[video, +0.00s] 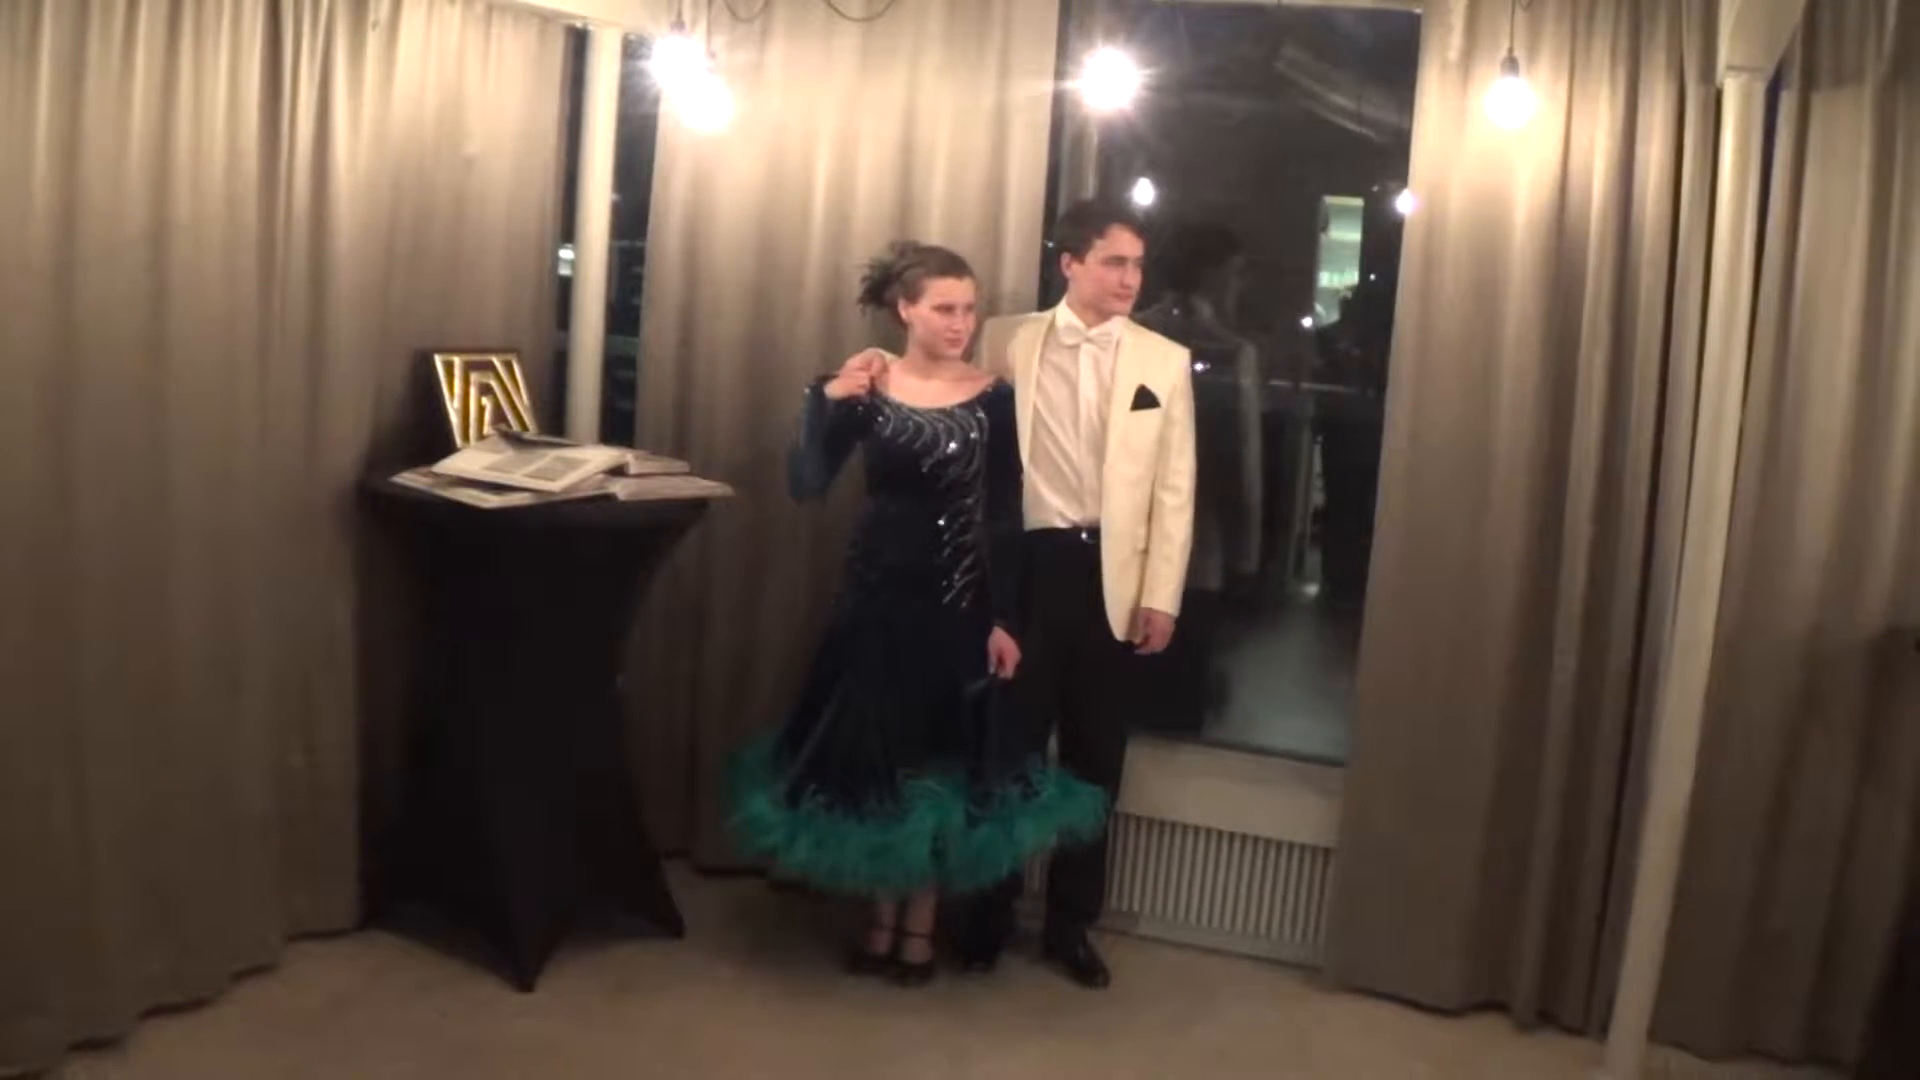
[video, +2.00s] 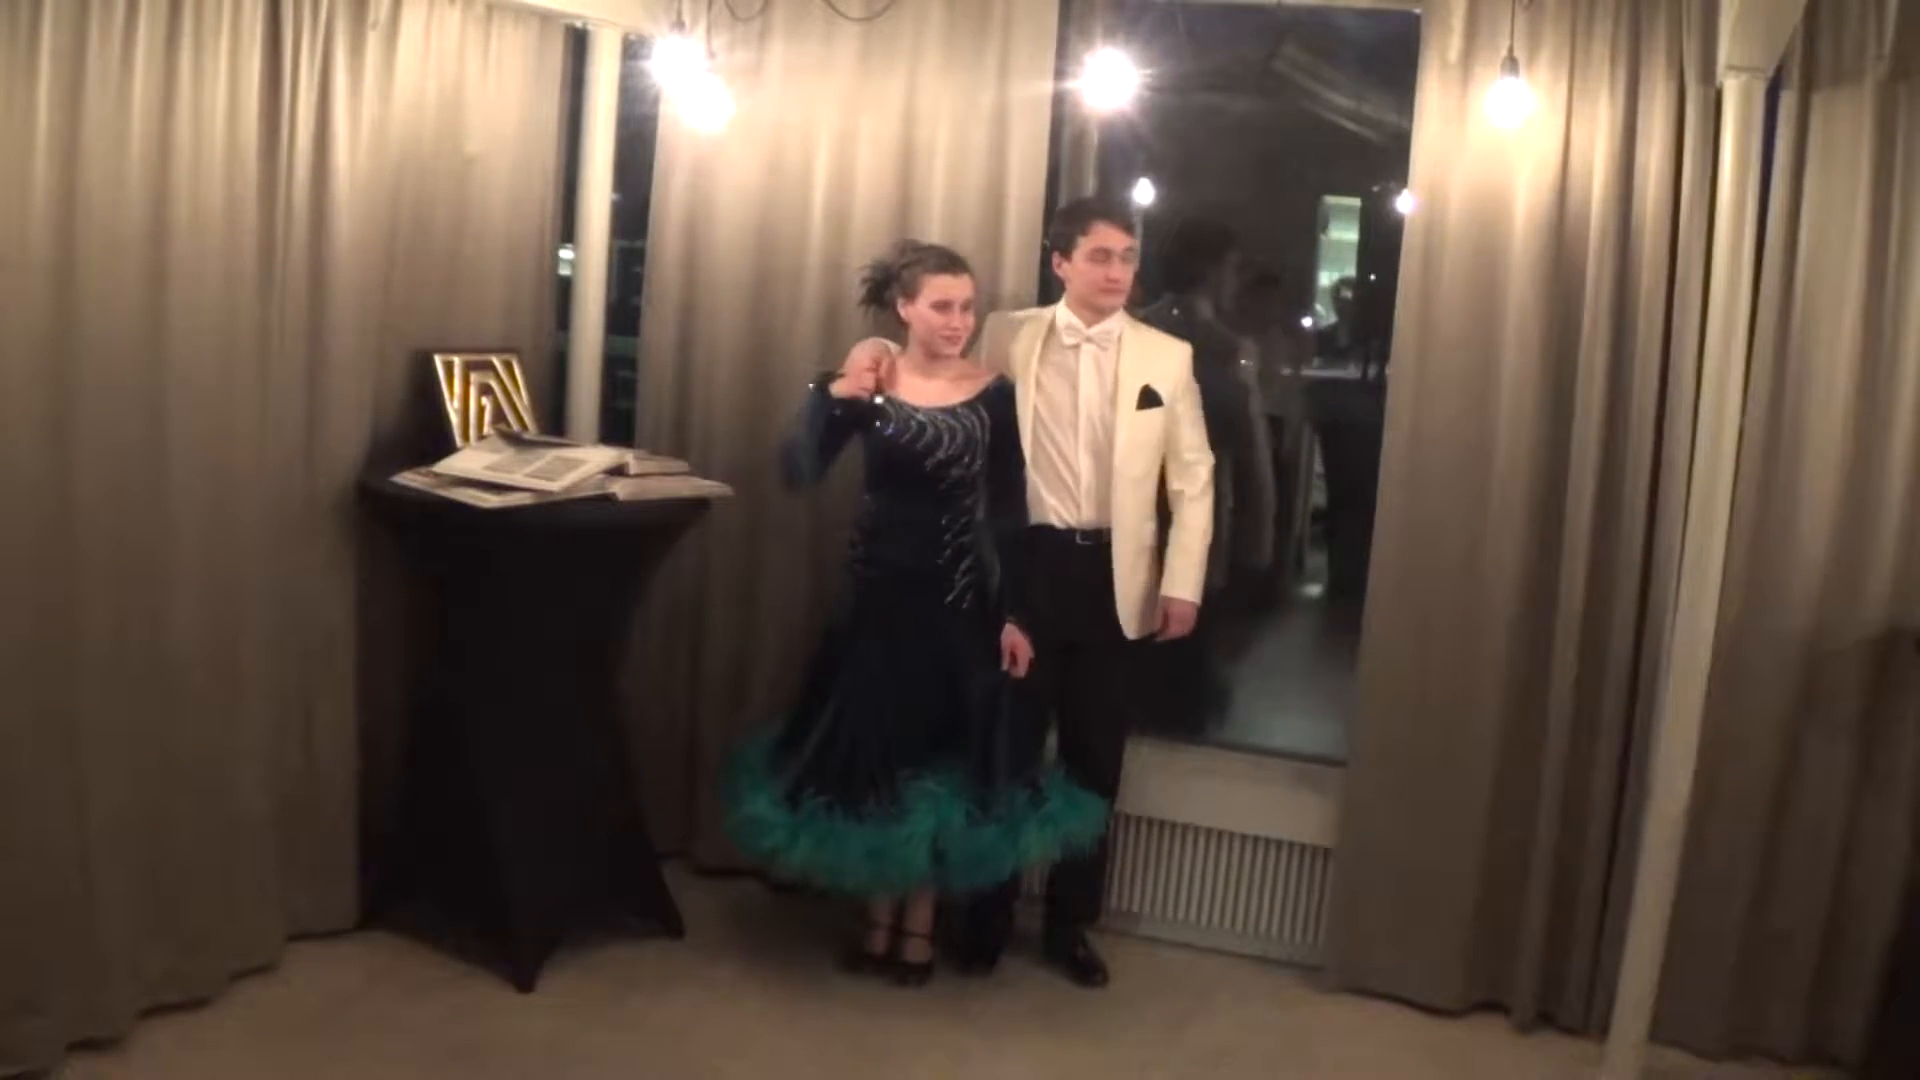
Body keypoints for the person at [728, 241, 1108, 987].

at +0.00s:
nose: (959, 323)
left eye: (968, 309)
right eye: (943, 309)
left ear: (980, 314)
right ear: (903, 311)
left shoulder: (991, 397)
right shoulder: (870, 384)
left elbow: (1004, 514)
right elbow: (808, 483)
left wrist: (1004, 617)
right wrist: (829, 397)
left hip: (958, 596)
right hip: (881, 588)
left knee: (938, 752)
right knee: (877, 747)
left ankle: (922, 908)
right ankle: (877, 906)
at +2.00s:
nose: (956, 321)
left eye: (966, 307)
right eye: (940, 307)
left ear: (979, 313)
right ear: (902, 310)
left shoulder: (991, 394)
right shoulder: (873, 383)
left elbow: (1007, 510)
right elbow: (799, 470)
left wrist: (1013, 613)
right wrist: (839, 389)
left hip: (961, 595)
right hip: (883, 588)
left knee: (940, 752)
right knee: (880, 749)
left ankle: (921, 909)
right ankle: (878, 906)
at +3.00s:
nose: (918, 330)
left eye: (926, 313)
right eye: (899, 320)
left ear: (940, 311)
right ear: (866, 332)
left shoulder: (974, 397)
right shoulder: (852, 402)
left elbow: (992, 509)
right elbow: (785, 493)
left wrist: (946, 519)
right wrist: (796, 420)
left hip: (954, 604)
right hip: (876, 598)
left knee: (934, 757)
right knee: (866, 759)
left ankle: (916, 922)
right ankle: (872, 956)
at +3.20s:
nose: (922, 336)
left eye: (930, 320)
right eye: (903, 325)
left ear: (943, 325)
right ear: (866, 336)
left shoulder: (971, 415)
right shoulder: (845, 408)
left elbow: (982, 529)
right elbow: (770, 495)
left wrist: (973, 625)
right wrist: (791, 423)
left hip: (941, 618)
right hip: (862, 611)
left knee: (935, 770)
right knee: (865, 777)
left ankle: (923, 920)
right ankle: (874, 955)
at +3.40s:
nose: (933, 323)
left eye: (940, 309)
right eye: (915, 309)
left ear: (948, 317)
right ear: (869, 317)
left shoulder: (968, 407)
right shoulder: (837, 393)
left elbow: (991, 525)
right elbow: (747, 479)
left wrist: (1055, 607)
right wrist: (788, 400)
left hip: (933, 617)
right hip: (850, 611)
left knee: (917, 793)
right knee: (848, 785)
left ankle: (883, 985)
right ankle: (878, 954)